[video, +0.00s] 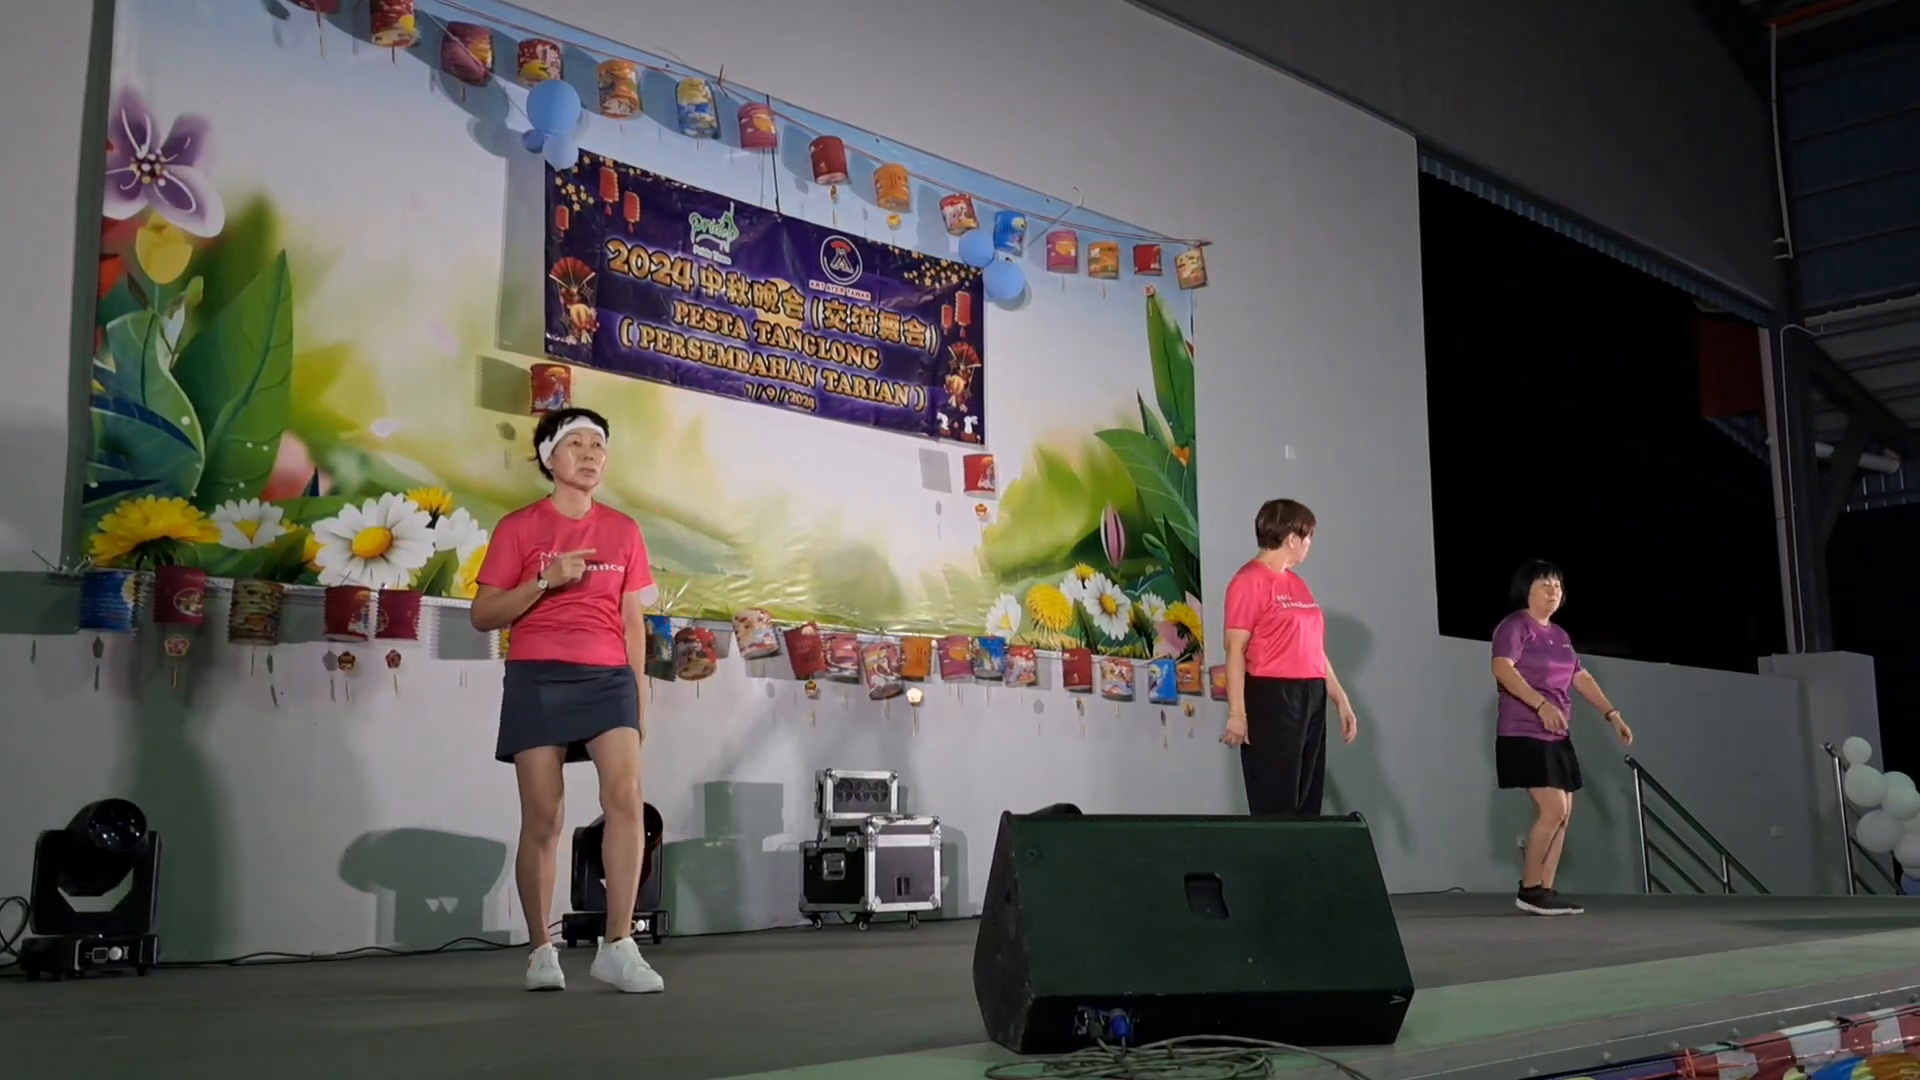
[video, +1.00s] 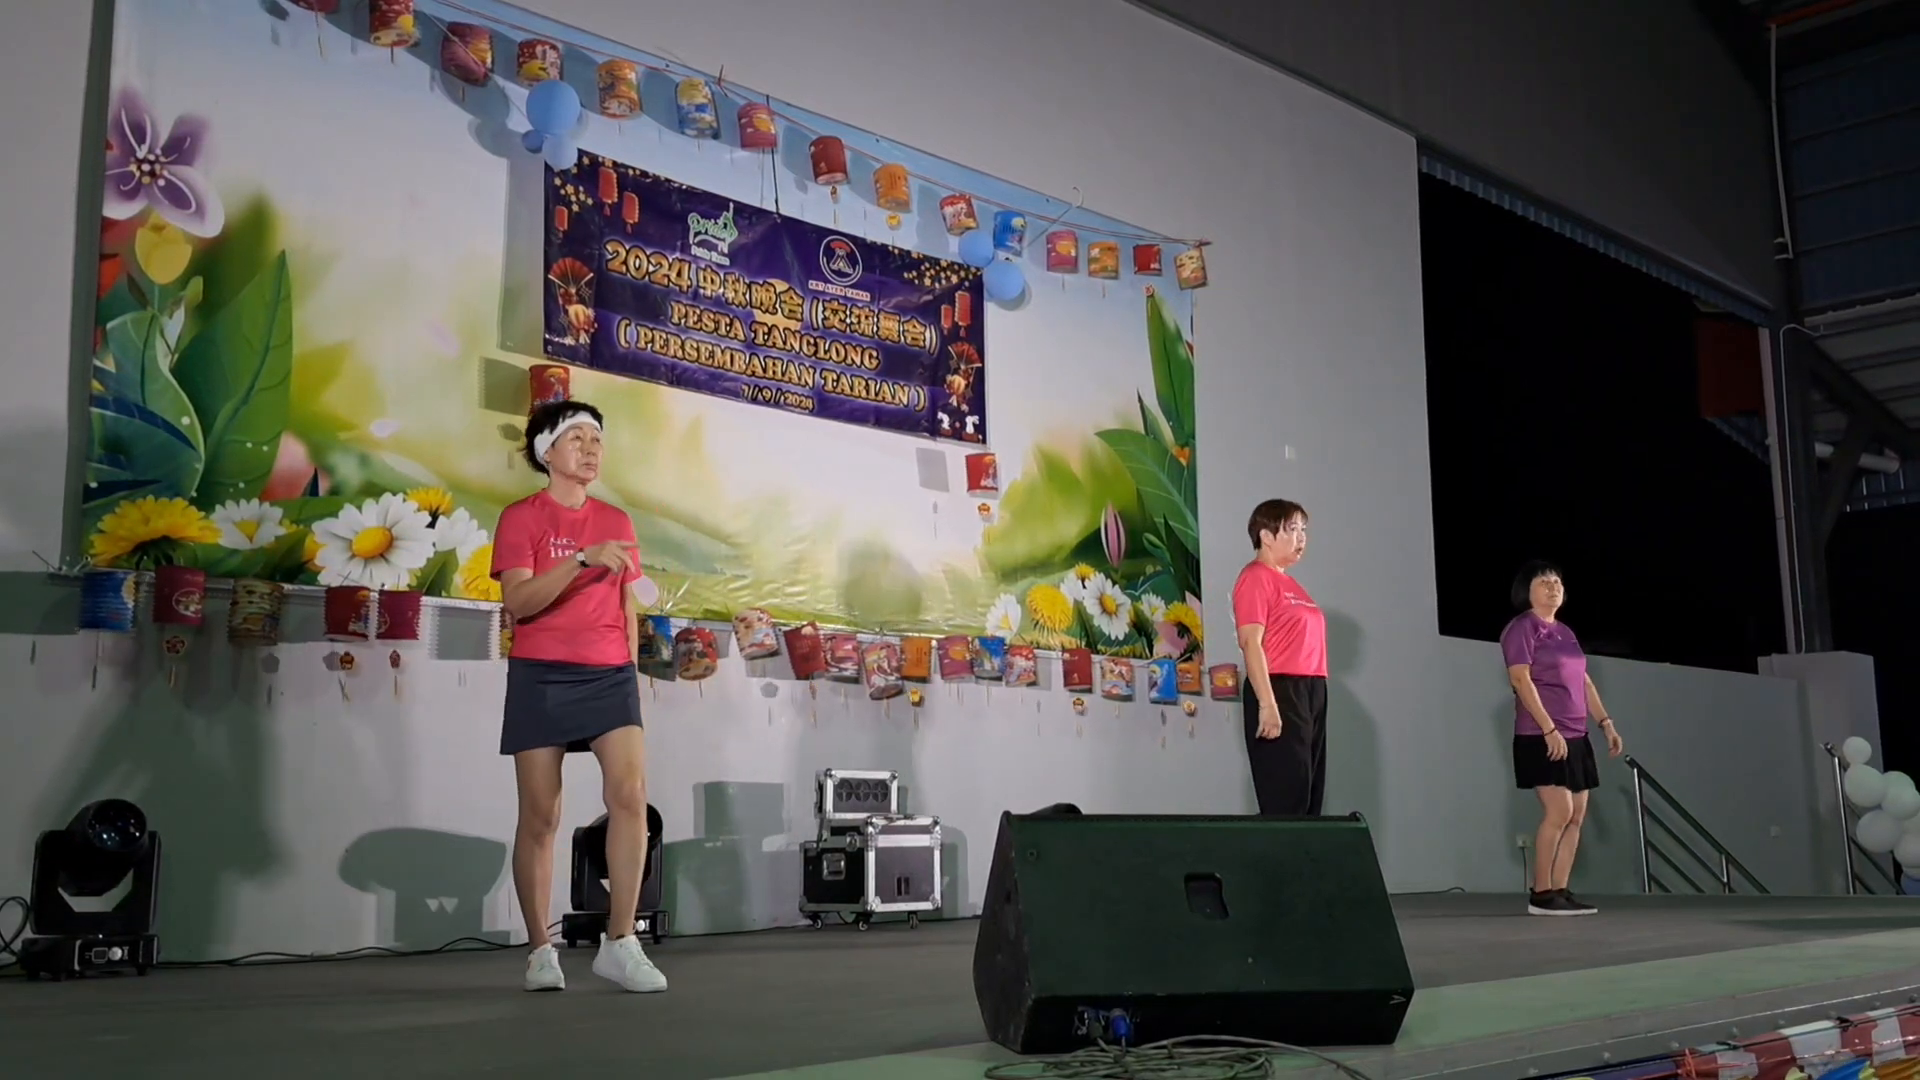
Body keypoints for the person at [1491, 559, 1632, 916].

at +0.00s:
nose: (1553, 591)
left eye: (1557, 586)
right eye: (1544, 584)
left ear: (1562, 594)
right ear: (1527, 589)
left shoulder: (1559, 636)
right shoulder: (1514, 625)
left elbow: (1580, 677)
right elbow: (1502, 669)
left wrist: (1612, 714)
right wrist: (1541, 704)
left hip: (1556, 736)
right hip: (1523, 735)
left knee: (1563, 811)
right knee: (1553, 808)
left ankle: (1545, 891)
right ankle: (1529, 889)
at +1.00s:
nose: (1552, 587)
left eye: (1557, 582)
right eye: (1544, 582)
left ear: (1563, 591)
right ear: (1528, 590)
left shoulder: (1566, 632)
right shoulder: (1520, 629)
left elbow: (1583, 680)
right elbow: (1520, 682)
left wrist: (1605, 722)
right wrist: (1549, 728)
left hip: (1575, 736)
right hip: (1540, 736)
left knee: (1576, 814)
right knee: (1558, 811)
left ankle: (1559, 891)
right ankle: (1541, 892)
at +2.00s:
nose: (1495, 588)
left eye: (1502, 583)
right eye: (1488, 583)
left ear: (1513, 593)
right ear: (1478, 594)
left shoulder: (1535, 631)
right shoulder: (1463, 638)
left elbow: (1557, 674)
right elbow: (1444, 685)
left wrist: (1571, 682)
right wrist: (1419, 731)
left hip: (1537, 736)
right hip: (1488, 739)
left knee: (1573, 803)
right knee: (1496, 812)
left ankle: (1590, 885)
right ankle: (1505, 891)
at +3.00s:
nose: (1557, 587)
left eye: (1557, 582)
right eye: (1549, 582)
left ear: (1558, 592)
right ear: (1532, 589)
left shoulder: (1556, 634)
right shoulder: (1523, 625)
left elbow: (1563, 690)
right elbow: (1521, 677)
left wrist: (1578, 732)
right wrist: (1542, 729)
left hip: (1566, 735)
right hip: (1538, 734)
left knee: (1565, 814)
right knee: (1550, 811)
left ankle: (1556, 891)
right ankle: (1542, 892)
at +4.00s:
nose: (1566, 588)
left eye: (1568, 583)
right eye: (1557, 582)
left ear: (1570, 592)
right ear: (1539, 589)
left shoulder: (1572, 634)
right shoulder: (1525, 629)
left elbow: (1582, 685)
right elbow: (1522, 683)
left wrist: (1597, 730)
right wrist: (1536, 731)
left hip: (1572, 737)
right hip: (1537, 735)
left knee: (1568, 814)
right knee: (1547, 810)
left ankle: (1558, 890)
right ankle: (1541, 892)